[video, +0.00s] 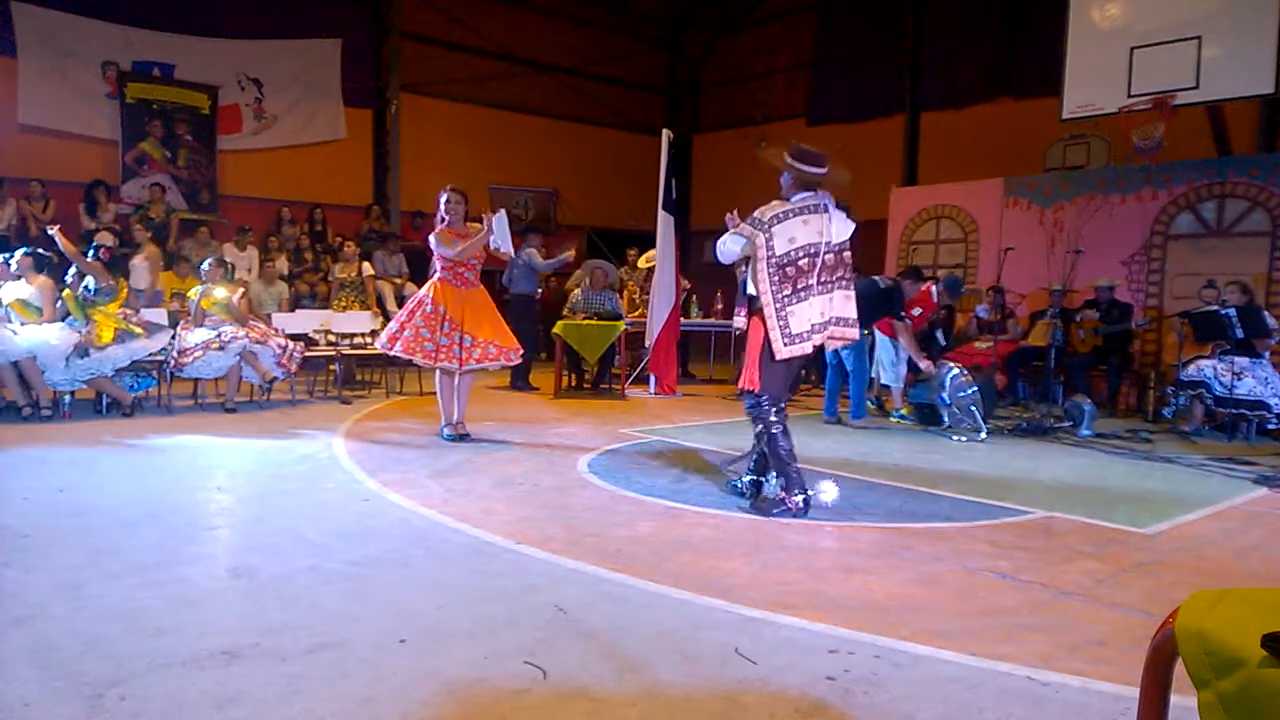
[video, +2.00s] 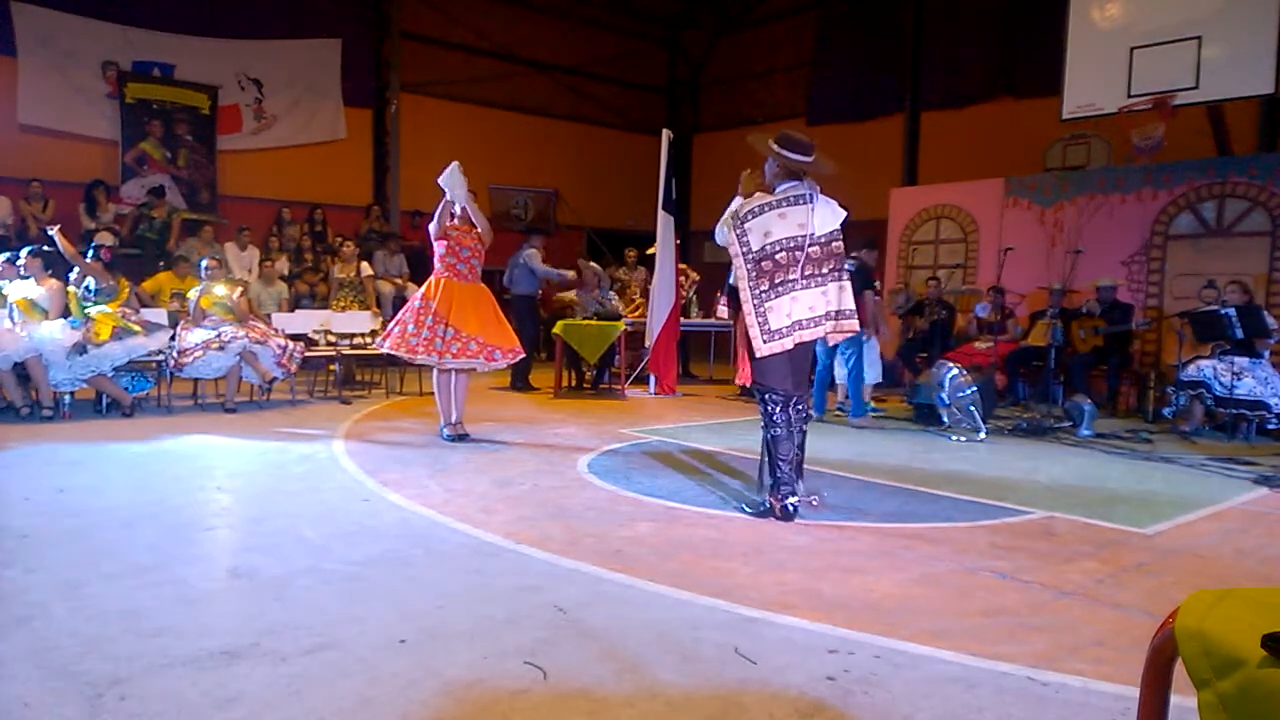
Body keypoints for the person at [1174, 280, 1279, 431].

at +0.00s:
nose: (1226, 296)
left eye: (1231, 293)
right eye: (1225, 293)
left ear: (1245, 297)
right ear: (1222, 296)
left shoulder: (1258, 315)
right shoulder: (1220, 315)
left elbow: (1265, 345)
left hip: (1253, 364)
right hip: (1224, 362)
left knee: (1245, 381)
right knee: (1199, 368)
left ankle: (1241, 426)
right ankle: (1196, 421)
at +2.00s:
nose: (1227, 296)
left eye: (1233, 292)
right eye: (1225, 293)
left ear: (1246, 297)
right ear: (1222, 296)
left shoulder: (1257, 314)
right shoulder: (1219, 315)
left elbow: (1264, 345)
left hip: (1253, 364)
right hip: (1223, 362)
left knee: (1246, 381)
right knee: (1198, 368)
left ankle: (1242, 425)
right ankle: (1196, 419)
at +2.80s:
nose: (1239, 297)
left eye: (1243, 293)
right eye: (1234, 293)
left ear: (1249, 297)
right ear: (1226, 297)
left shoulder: (1258, 314)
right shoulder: (1218, 314)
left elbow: (1265, 345)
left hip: (1253, 363)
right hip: (1223, 362)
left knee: (1247, 381)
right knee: (1198, 368)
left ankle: (1243, 426)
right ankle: (1196, 419)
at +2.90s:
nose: (1244, 297)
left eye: (1246, 293)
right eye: (1239, 293)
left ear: (1250, 296)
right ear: (1227, 297)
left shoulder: (1257, 314)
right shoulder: (1218, 315)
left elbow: (1265, 346)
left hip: (1253, 364)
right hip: (1223, 362)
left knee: (1247, 381)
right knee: (1198, 368)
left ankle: (1243, 425)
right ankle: (1195, 419)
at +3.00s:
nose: (1244, 297)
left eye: (1246, 293)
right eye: (1239, 293)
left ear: (1250, 296)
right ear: (1227, 297)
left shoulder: (1258, 314)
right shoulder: (1218, 315)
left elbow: (1265, 345)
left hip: (1253, 364)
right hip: (1222, 362)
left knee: (1248, 381)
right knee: (1198, 368)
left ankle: (1243, 425)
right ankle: (1196, 419)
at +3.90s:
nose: (1222, 302)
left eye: (1226, 298)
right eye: (1221, 298)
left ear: (1242, 298)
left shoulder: (1259, 316)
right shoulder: (1218, 317)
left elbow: (1263, 346)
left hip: (1253, 365)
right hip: (1223, 363)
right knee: (1196, 368)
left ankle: (1243, 424)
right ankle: (1196, 419)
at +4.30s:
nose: (1221, 303)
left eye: (1225, 299)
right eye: (1220, 299)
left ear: (1241, 298)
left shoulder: (1258, 315)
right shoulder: (1220, 317)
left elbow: (1261, 346)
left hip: (1254, 367)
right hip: (1225, 365)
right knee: (1197, 368)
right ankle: (1195, 421)